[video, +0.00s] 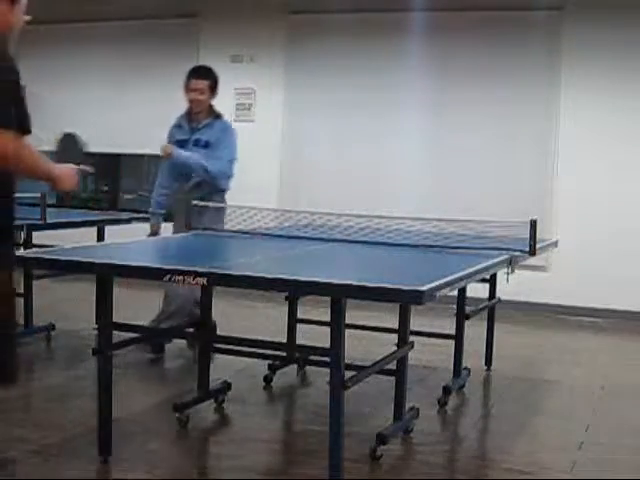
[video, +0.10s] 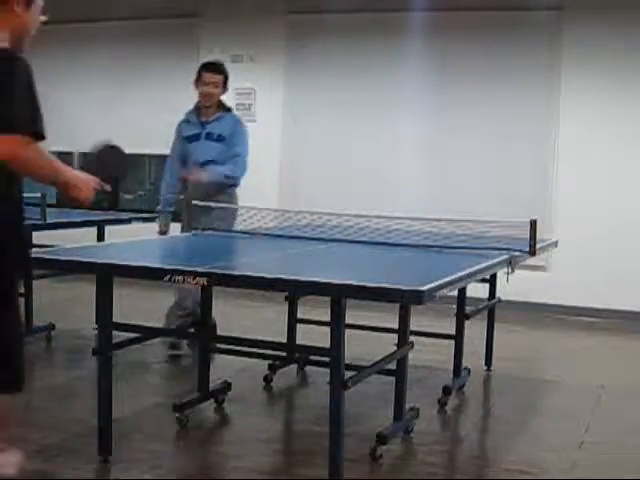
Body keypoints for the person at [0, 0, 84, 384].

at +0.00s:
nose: (24, 19)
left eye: (23, 10)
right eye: (21, 9)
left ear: (12, 12)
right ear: (8, 10)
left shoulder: (8, 62)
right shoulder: (5, 63)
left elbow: (13, 143)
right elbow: (9, 143)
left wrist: (51, 170)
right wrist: (54, 172)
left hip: (6, 218)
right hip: (3, 220)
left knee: (7, 283)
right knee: (6, 288)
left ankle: (7, 364)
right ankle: (5, 366)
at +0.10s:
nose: (39, 21)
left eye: (40, 12)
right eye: (37, 11)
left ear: (10, 11)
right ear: (17, 9)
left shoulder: (12, 63)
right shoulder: (10, 64)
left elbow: (15, 146)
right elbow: (13, 145)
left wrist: (65, 176)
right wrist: (68, 177)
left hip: (5, 242)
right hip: (1, 244)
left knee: (5, 346)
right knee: (3, 350)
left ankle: (5, 446)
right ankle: (2, 448)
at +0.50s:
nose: (111, 25)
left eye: (114, 17)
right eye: (109, 13)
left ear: (77, 11)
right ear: (79, 8)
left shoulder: (51, 64)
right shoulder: (46, 62)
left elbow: (42, 158)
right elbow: (34, 148)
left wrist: (94, 169)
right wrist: (98, 200)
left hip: (48, 247)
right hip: (38, 250)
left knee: (56, 381)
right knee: (73, 386)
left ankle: (51, 472)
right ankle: (10, 466)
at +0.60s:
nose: (130, 25)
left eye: (132, 16)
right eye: (127, 13)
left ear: (95, 11)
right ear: (100, 8)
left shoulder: (62, 60)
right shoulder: (67, 61)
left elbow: (81, 148)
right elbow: (41, 140)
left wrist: (126, 111)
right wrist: (109, 198)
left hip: (32, 246)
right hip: (58, 248)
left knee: (50, 376)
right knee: (102, 375)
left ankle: (48, 471)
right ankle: (75, 473)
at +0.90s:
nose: (178, 24)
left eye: (179, 15)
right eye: (177, 14)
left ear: (124, 15)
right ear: (162, 10)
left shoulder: (96, 63)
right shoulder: (130, 64)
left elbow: (148, 127)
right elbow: (115, 145)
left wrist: (171, 66)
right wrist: (185, 208)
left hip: (70, 241)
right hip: (110, 245)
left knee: (78, 374)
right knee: (142, 386)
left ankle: (55, 470)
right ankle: (144, 472)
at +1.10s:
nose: (201, 25)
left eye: (204, 17)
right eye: (202, 14)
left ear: (145, 12)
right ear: (191, 10)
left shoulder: (105, 61)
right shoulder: (182, 72)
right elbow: (190, 157)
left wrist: (186, 53)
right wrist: (251, 202)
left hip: (87, 237)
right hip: (144, 243)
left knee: (91, 373)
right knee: (156, 393)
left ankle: (62, 471)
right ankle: (146, 474)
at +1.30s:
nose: (208, 16)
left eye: (208, 11)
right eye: (209, 10)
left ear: (154, 9)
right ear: (202, 9)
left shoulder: (108, 61)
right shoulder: (206, 78)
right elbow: (243, 163)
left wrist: (190, 46)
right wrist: (292, 174)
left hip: (98, 242)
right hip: (163, 248)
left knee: (92, 369)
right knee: (160, 391)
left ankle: (62, 469)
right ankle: (151, 475)